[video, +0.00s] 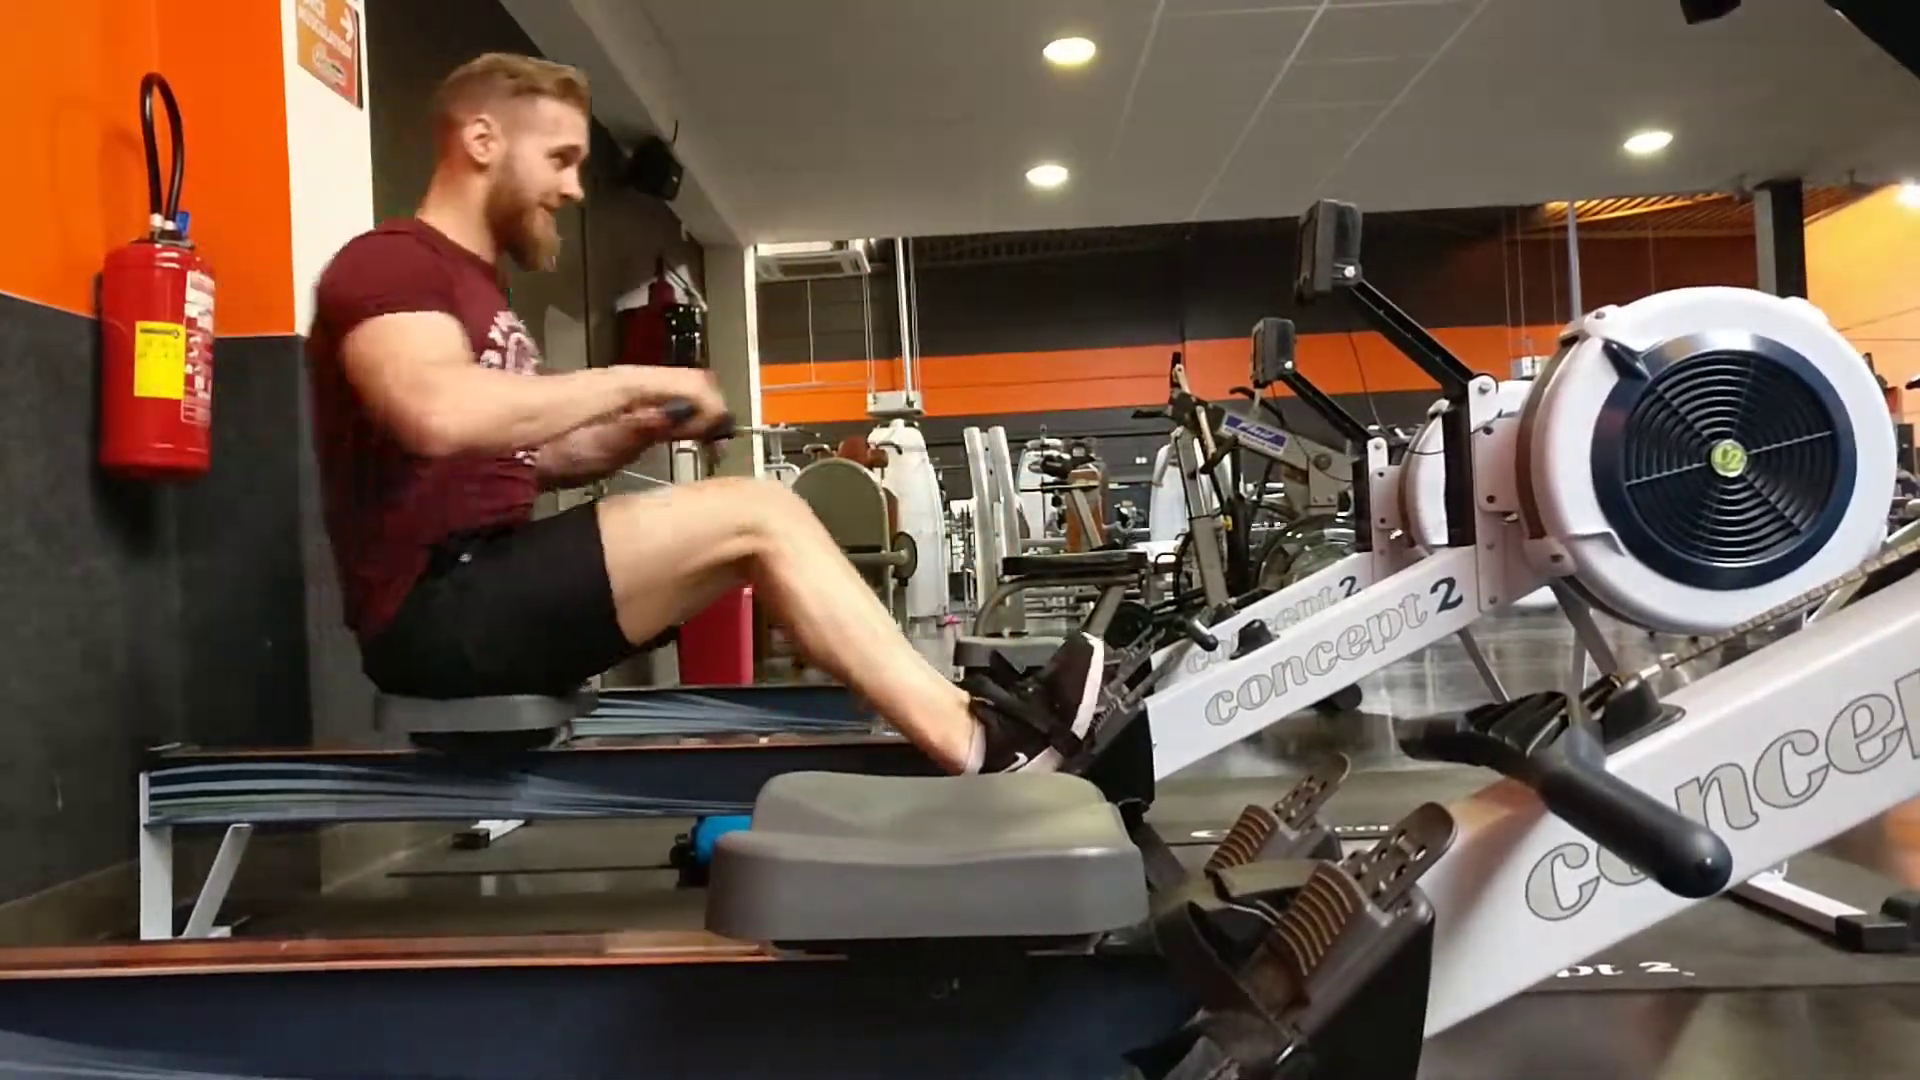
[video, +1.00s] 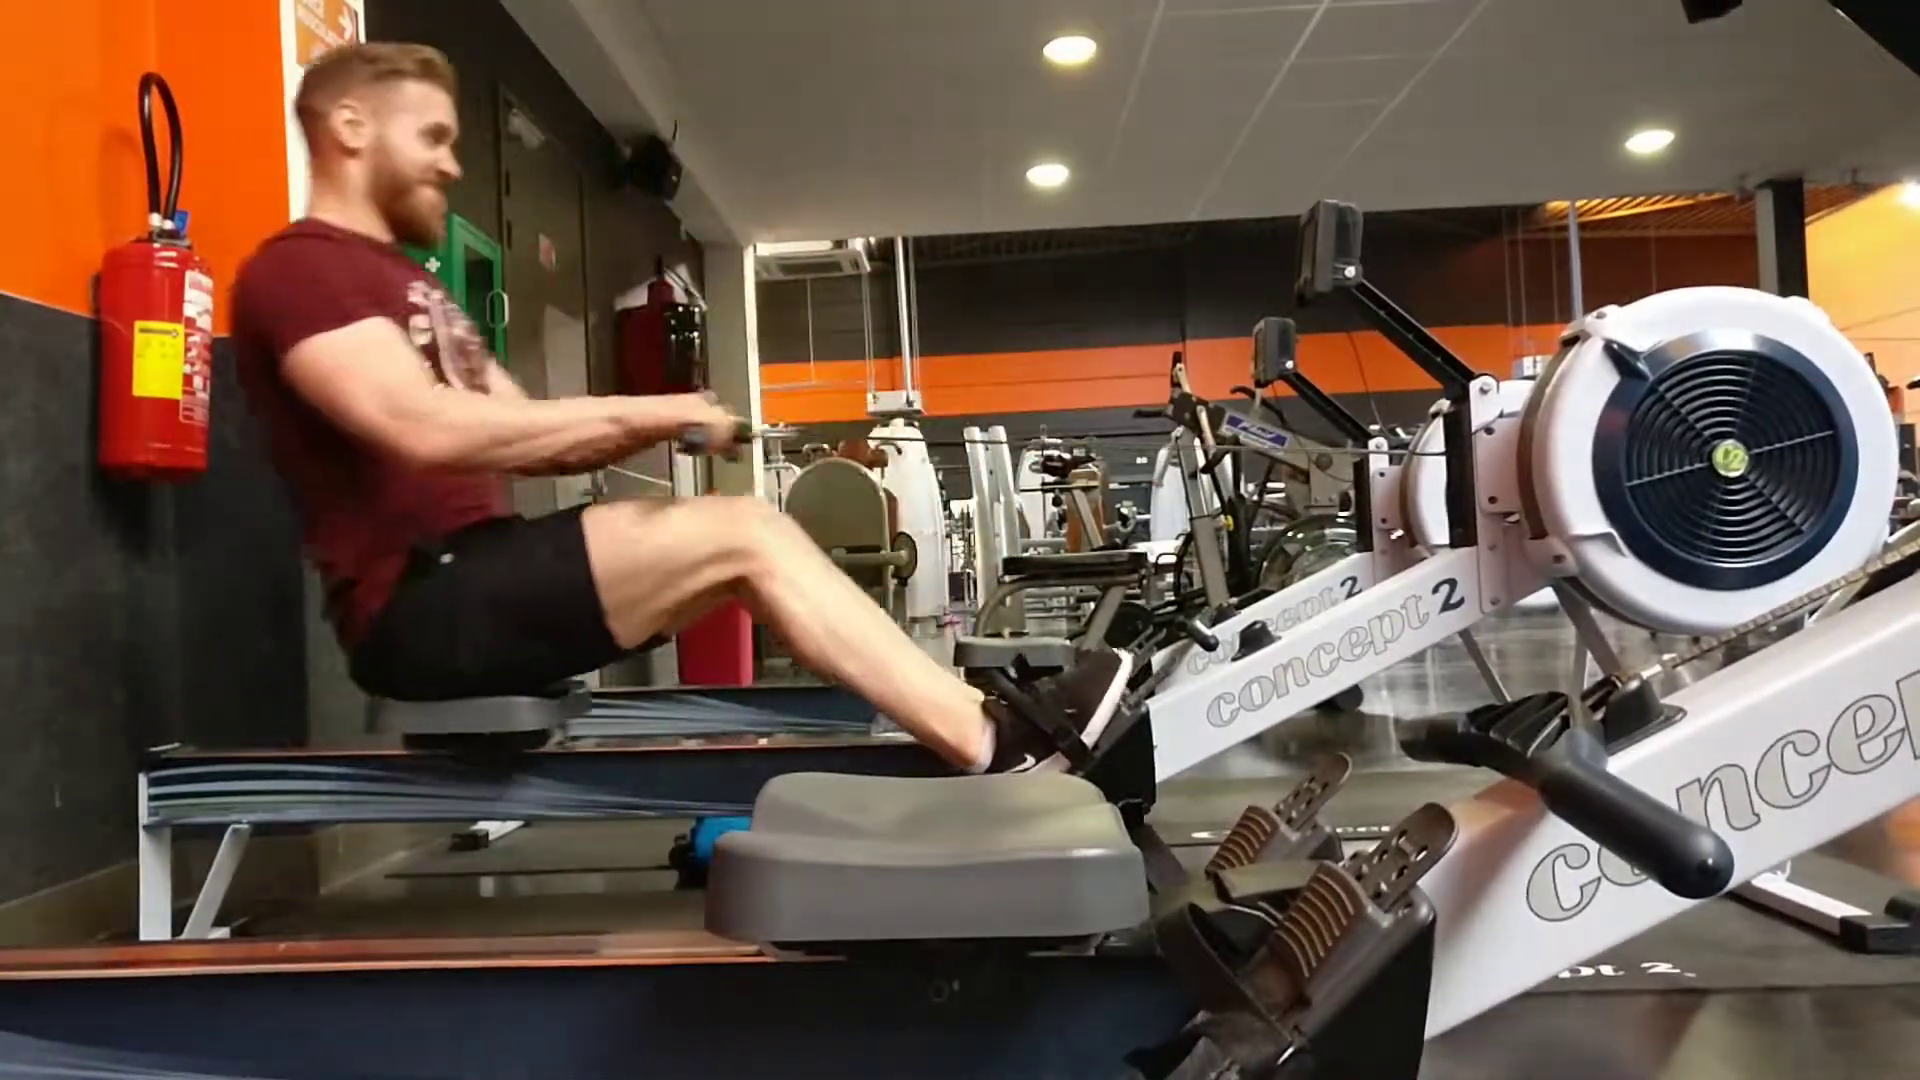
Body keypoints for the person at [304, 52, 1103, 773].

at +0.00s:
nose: (575, 190)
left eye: (580, 168)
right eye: (561, 160)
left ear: (483, 151)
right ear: (477, 140)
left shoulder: (484, 298)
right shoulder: (391, 263)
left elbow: (529, 461)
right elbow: (432, 416)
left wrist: (642, 424)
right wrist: (629, 381)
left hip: (485, 599)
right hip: (435, 613)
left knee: (768, 514)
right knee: (764, 512)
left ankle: (970, 732)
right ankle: (969, 746)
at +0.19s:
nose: (761, 189)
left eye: (763, 165)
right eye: (751, 158)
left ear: (678, 145)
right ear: (672, 139)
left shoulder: (649, 284)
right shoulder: (585, 266)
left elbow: (777, 398)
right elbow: (769, 401)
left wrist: (941, 424)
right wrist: (954, 414)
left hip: (621, 608)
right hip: (587, 619)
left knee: (878, 457)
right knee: (876, 461)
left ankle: (973, 718)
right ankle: (977, 735)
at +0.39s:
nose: (941, 184)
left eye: (944, 160)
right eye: (931, 154)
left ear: (861, 143)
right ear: (861, 139)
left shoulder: (814, 259)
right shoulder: (796, 256)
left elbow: (1004, 389)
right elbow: (1010, 400)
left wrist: (1184, 463)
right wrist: (1194, 466)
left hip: (742, 606)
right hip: (728, 615)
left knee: (976, 413)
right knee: (971, 418)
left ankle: (984, 702)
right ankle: (980, 715)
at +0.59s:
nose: (953, 172)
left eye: (951, 146)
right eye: (940, 141)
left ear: (871, 140)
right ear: (869, 134)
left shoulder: (833, 257)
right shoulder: (829, 255)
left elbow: (1038, 409)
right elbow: (1058, 395)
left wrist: (1199, 467)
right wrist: (1235, 460)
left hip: (766, 600)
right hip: (758, 608)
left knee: (1003, 419)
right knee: (991, 411)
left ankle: (992, 694)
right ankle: (982, 712)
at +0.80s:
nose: (723, 140)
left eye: (717, 115)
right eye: (702, 111)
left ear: (631, 118)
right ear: (624, 113)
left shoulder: (632, 249)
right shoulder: (588, 241)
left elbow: (763, 386)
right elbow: (761, 393)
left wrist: (952, 416)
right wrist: (958, 413)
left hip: (631, 590)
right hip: (604, 600)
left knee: (885, 443)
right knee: (885, 449)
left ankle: (988, 714)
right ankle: (990, 734)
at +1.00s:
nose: (452, 166)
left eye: (453, 145)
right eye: (433, 137)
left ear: (371, 140)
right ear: (346, 130)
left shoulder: (404, 283)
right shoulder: (301, 268)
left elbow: (519, 435)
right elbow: (424, 431)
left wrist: (652, 417)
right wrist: (639, 417)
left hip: (477, 583)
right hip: (425, 604)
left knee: (750, 525)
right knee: (746, 529)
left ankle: (982, 733)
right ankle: (984, 746)